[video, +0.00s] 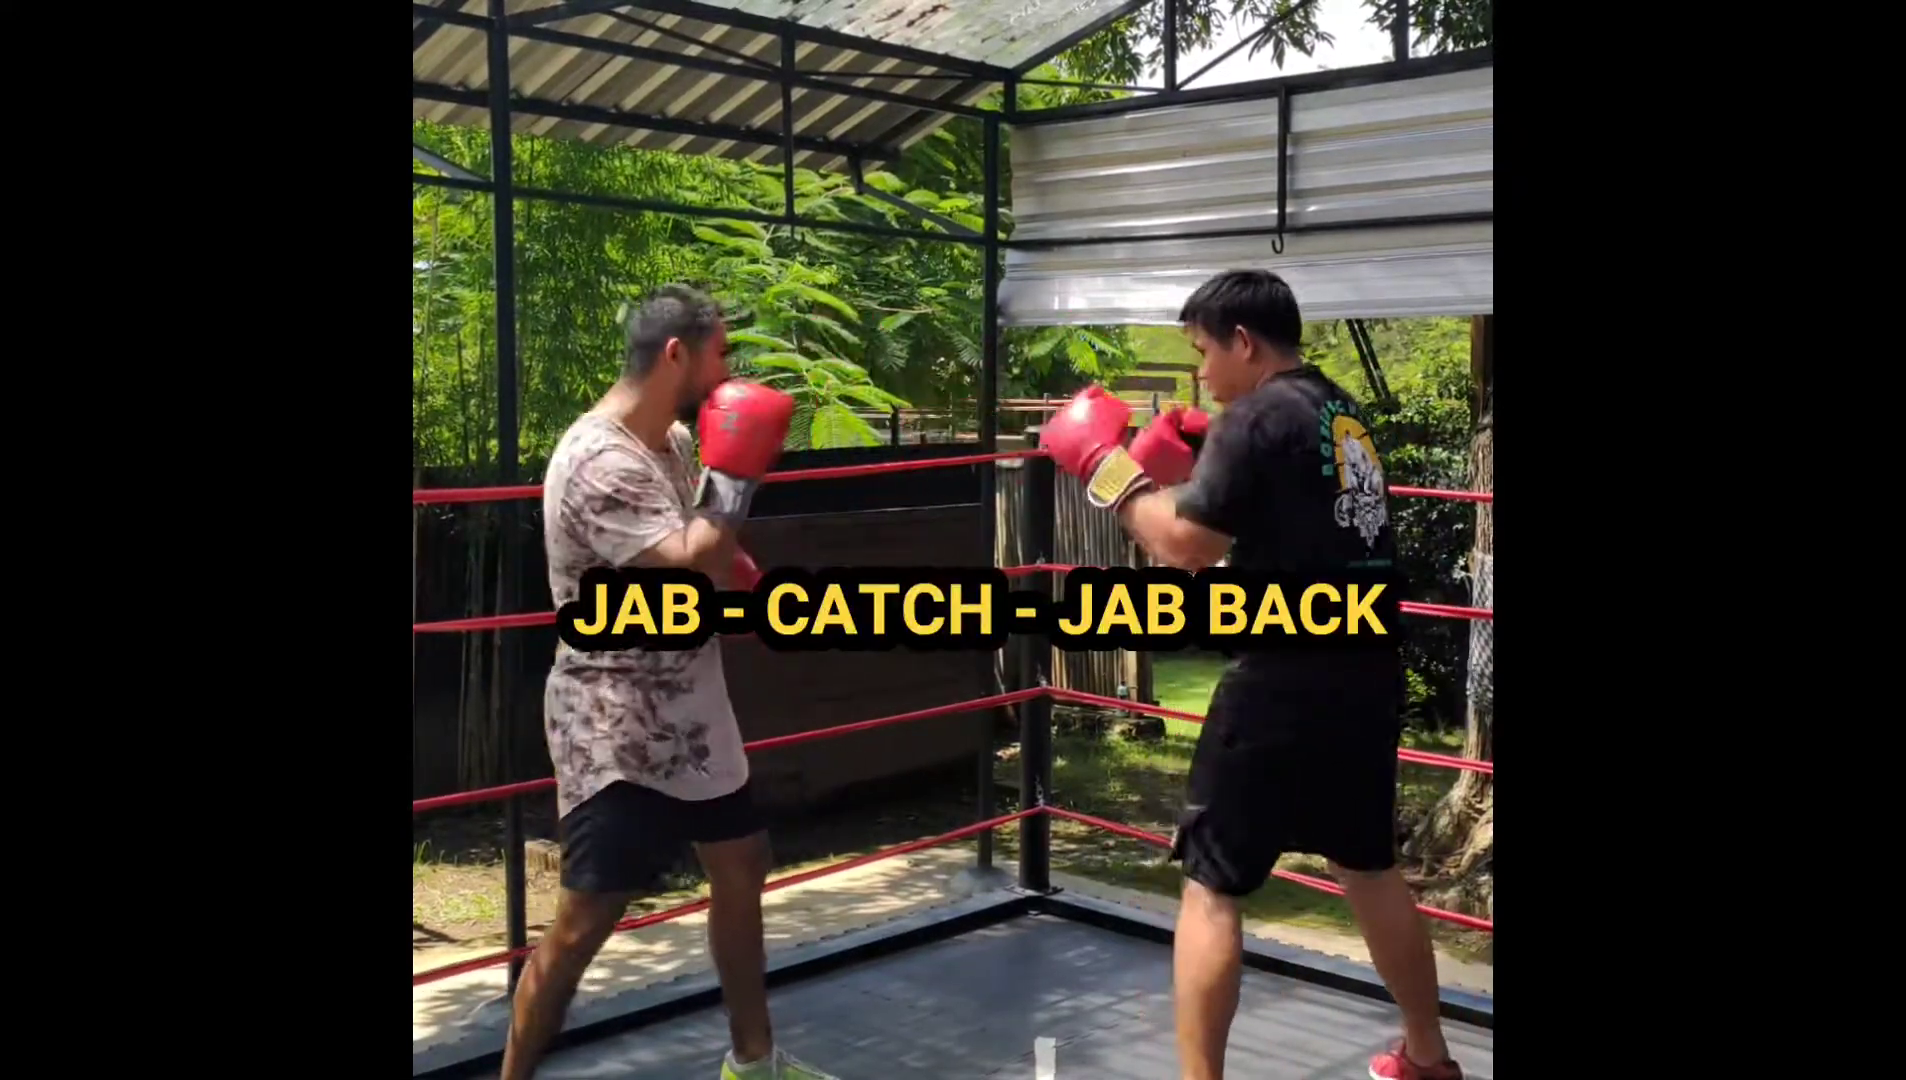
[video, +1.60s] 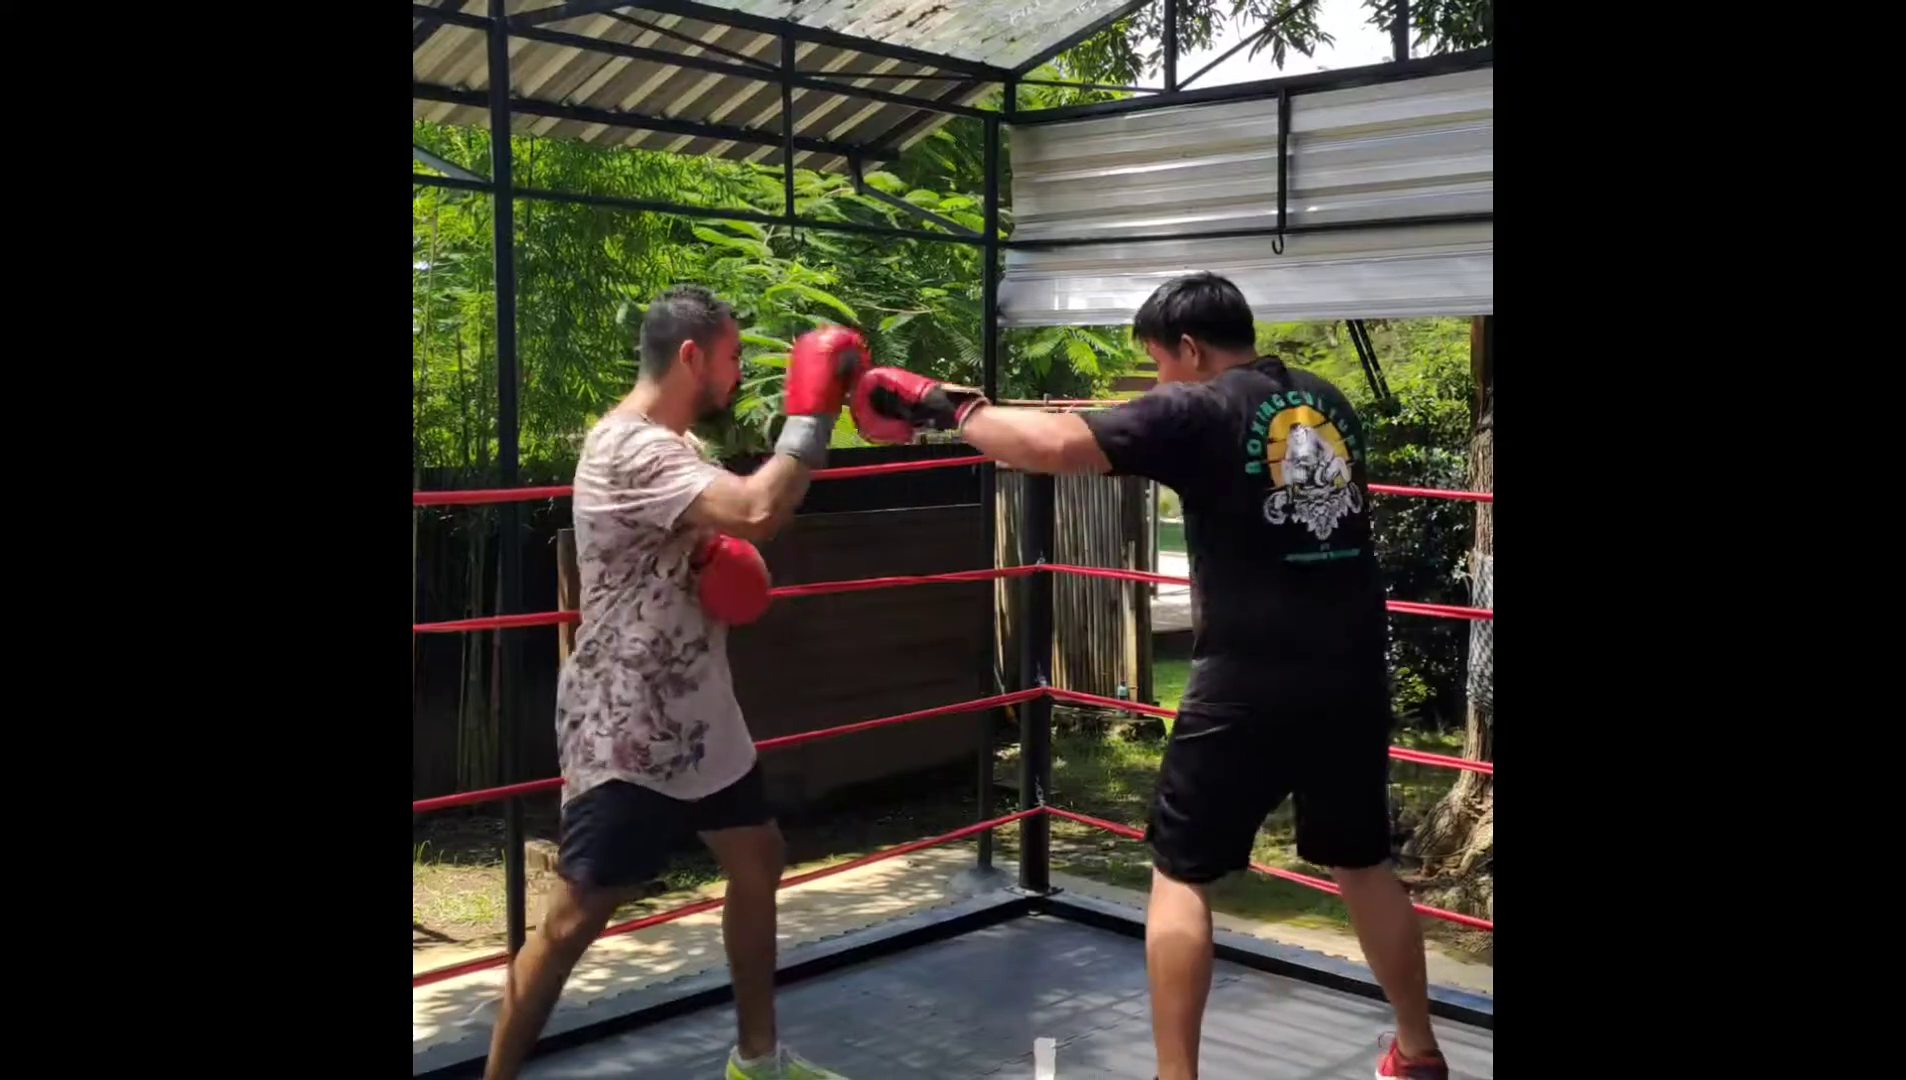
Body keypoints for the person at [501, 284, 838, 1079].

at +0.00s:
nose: (727, 369)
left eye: (728, 353)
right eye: (720, 352)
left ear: (668, 356)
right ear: (674, 354)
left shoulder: (673, 445)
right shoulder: (594, 459)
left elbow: (693, 540)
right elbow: (686, 562)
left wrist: (720, 563)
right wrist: (734, 471)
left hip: (692, 706)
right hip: (611, 717)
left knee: (740, 867)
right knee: (582, 923)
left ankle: (755, 1059)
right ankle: (513, 1074)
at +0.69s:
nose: (769, 380)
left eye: (773, 364)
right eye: (761, 361)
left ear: (719, 360)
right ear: (707, 355)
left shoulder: (741, 462)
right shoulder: (611, 444)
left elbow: (777, 535)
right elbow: (617, 556)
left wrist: (825, 529)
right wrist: (714, 488)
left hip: (721, 714)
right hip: (613, 722)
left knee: (778, 873)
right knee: (560, 915)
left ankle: (783, 1057)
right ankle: (505, 1075)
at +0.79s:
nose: (800, 387)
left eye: (805, 373)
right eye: (792, 370)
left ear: (761, 369)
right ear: (737, 361)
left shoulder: (799, 441)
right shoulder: (641, 440)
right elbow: (627, 546)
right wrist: (726, 475)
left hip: (734, 724)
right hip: (620, 725)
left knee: (792, 868)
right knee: (565, 899)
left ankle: (785, 1057)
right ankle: (503, 1073)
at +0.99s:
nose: (804, 392)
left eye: (807, 377)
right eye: (796, 375)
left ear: (751, 373)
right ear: (743, 369)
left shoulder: (780, 454)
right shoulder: (640, 449)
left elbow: (876, 510)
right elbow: (640, 562)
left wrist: (923, 465)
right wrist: (741, 494)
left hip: (739, 721)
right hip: (629, 720)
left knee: (795, 864)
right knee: (569, 896)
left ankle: (786, 1057)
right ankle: (494, 1072)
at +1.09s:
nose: (774, 388)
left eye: (776, 373)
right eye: (766, 370)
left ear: (722, 366)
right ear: (716, 363)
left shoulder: (740, 458)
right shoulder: (615, 453)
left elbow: (769, 556)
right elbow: (642, 581)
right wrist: (725, 493)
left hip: (724, 721)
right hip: (616, 725)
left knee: (778, 865)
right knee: (558, 905)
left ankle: (785, 1057)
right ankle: (489, 1072)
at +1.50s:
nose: (728, 379)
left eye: (730, 365)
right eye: (720, 362)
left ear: (675, 362)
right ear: (672, 360)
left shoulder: (696, 453)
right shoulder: (584, 463)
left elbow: (738, 551)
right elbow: (654, 573)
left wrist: (724, 583)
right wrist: (701, 462)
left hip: (693, 708)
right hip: (600, 719)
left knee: (759, 862)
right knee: (556, 912)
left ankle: (758, 1055)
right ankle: (490, 1074)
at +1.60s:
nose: (738, 375)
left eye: (740, 358)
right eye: (733, 357)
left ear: (677, 356)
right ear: (692, 355)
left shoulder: (673, 442)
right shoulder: (628, 446)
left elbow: (674, 554)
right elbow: (756, 507)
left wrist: (729, 576)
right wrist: (814, 408)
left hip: (698, 715)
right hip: (624, 725)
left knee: (756, 863)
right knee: (571, 921)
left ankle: (759, 1055)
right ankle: (497, 1073)